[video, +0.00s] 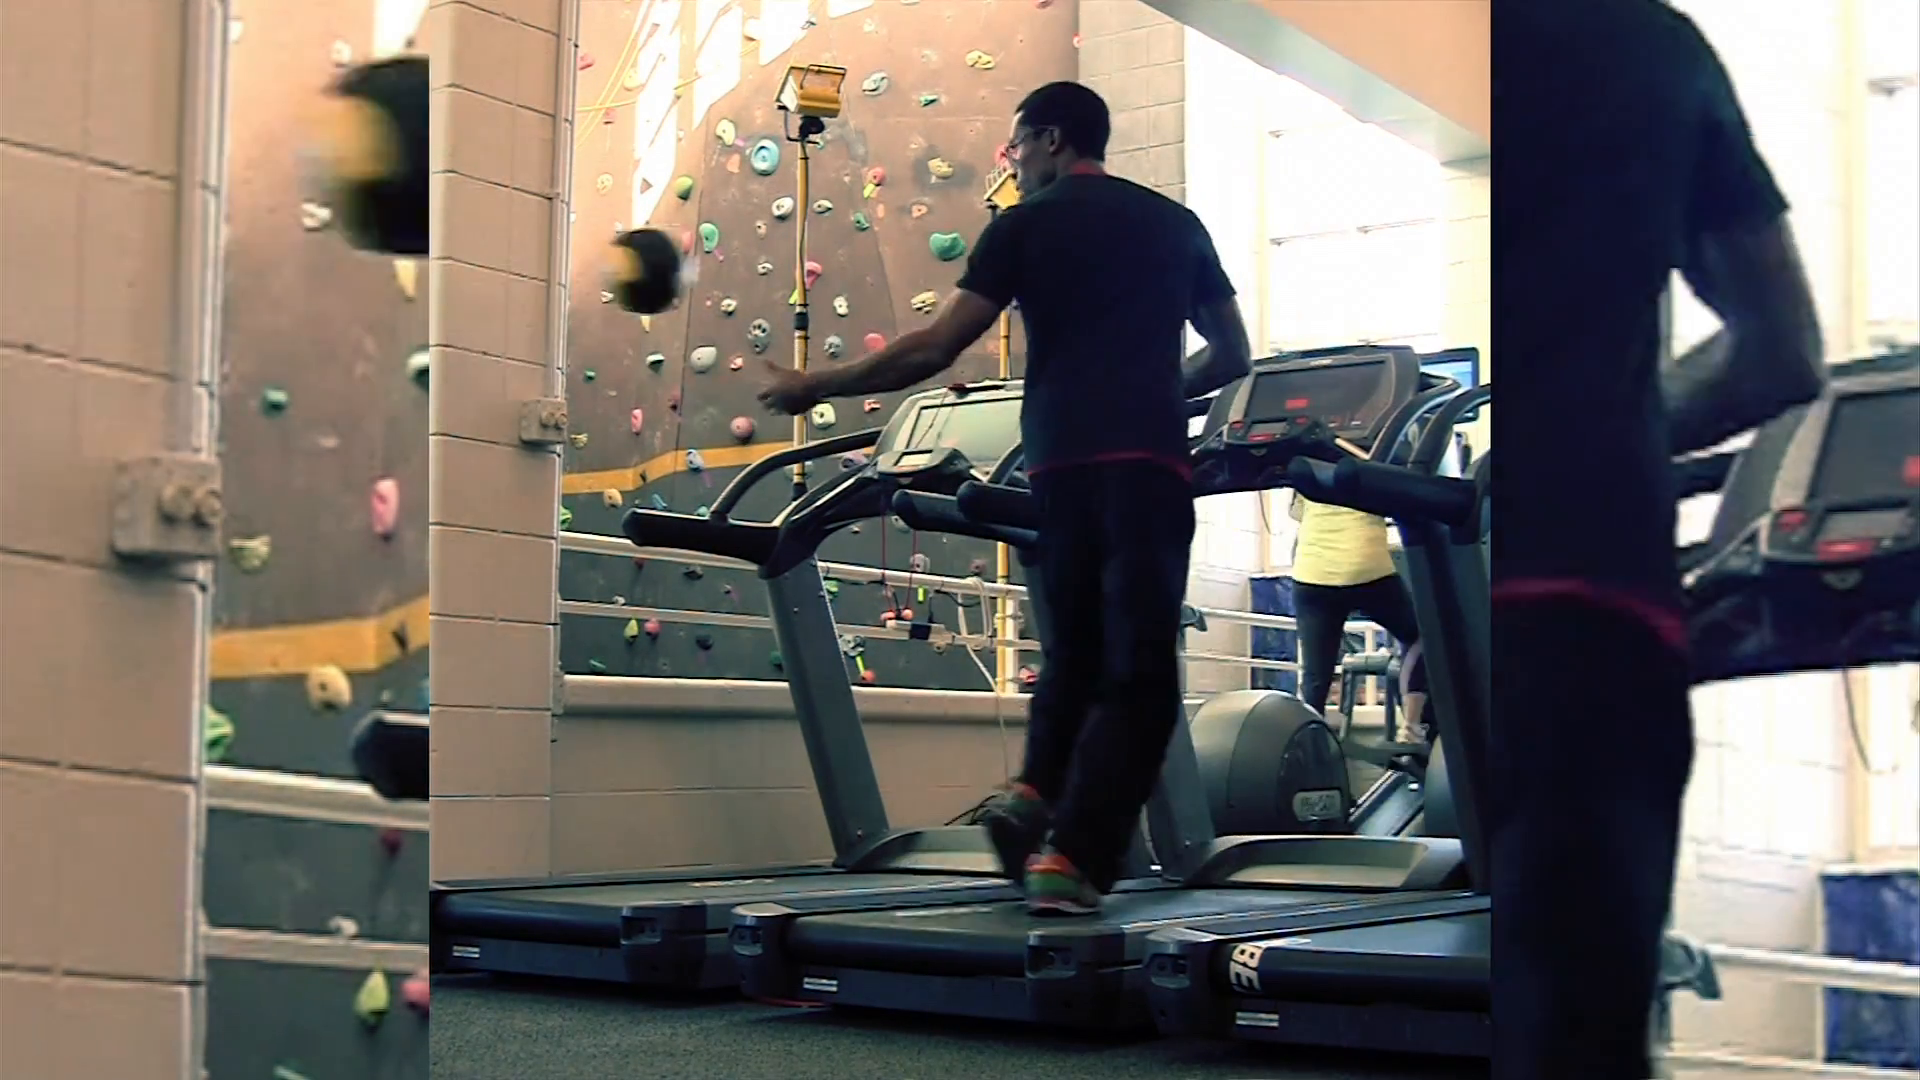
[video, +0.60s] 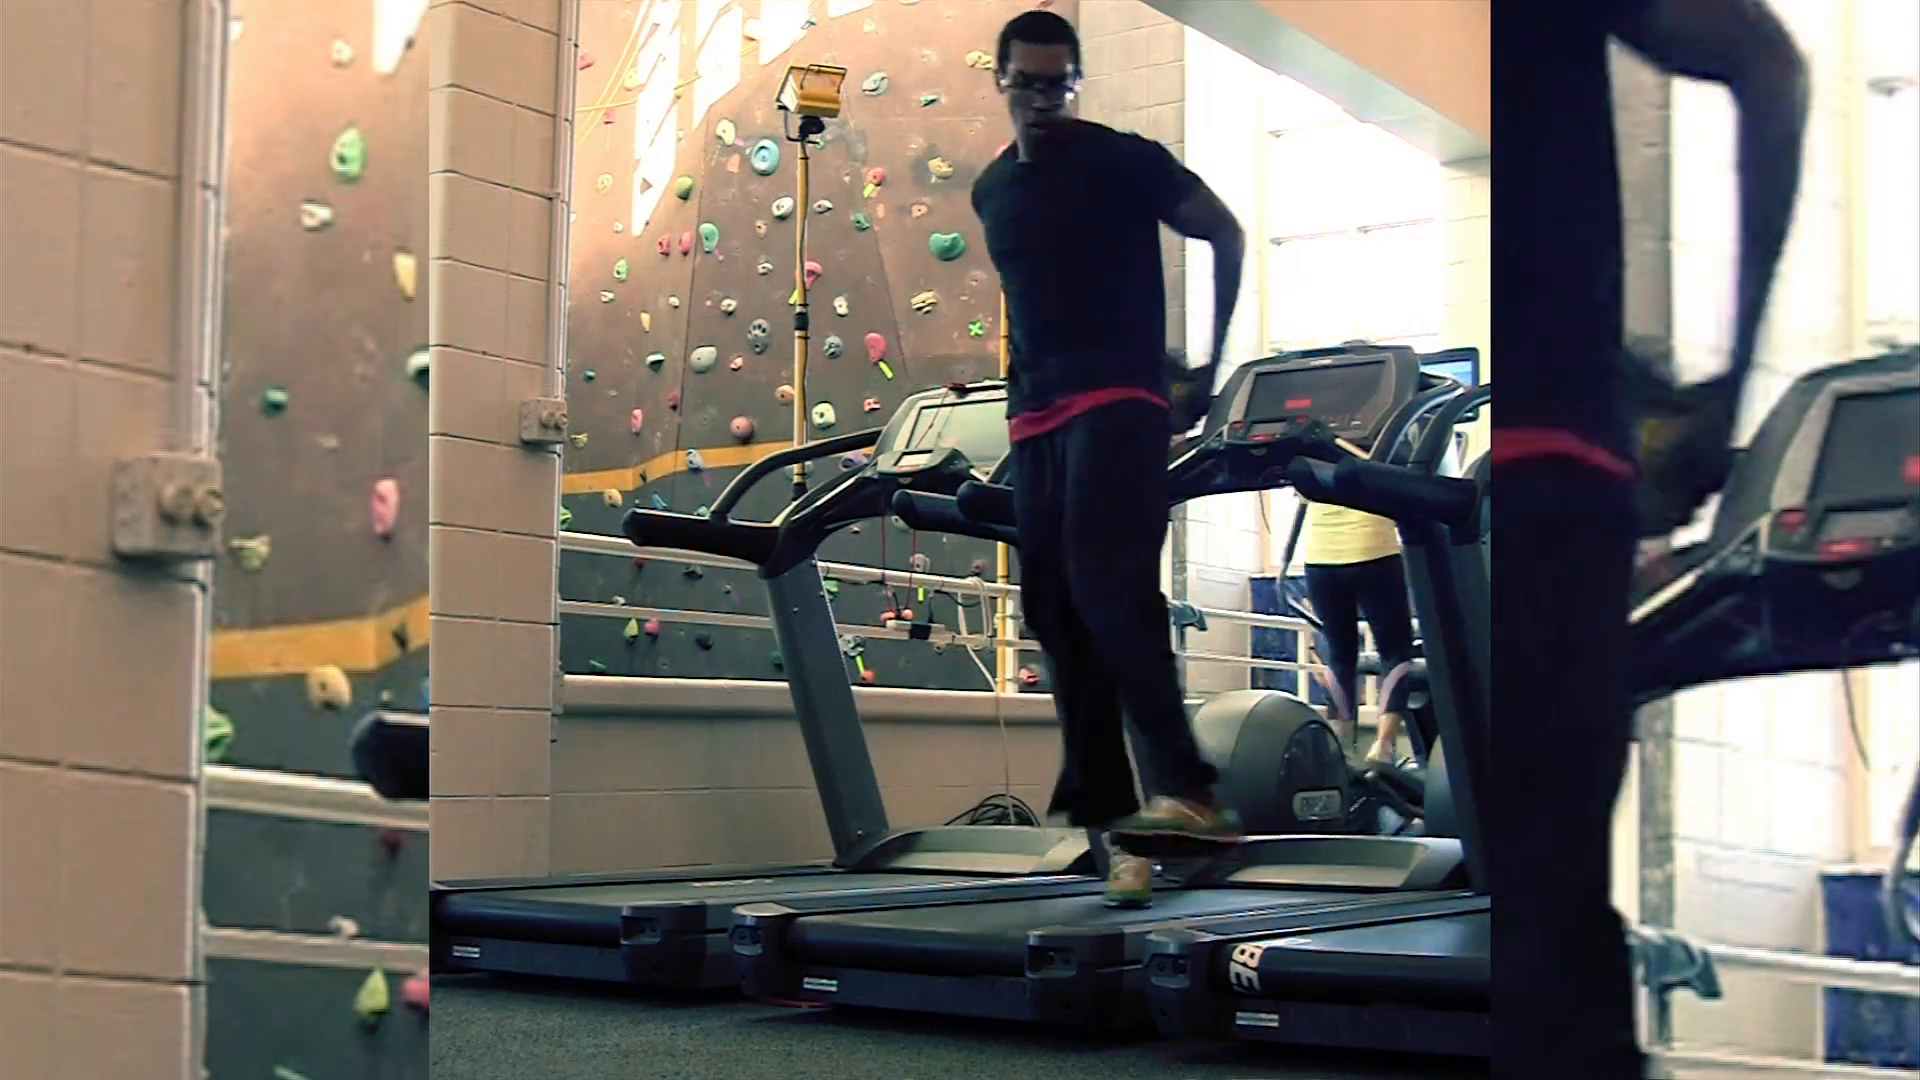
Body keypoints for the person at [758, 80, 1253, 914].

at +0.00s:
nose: (1013, 169)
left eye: (1019, 151)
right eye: (1013, 153)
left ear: (1056, 144)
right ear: (1098, 147)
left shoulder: (1028, 223)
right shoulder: (1177, 222)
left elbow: (940, 343)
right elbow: (1232, 355)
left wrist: (818, 384)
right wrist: (1161, 389)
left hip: (1061, 464)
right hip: (1154, 467)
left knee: (1069, 653)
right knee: (1146, 674)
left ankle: (1033, 791)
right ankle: (1071, 861)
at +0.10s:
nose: (994, 164)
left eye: (1000, 145)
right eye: (993, 148)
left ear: (1043, 136)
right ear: (1079, 139)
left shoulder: (1024, 218)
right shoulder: (1164, 213)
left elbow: (976, 352)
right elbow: (1205, 345)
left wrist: (844, 376)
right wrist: (1127, 374)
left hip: (1070, 460)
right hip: (1161, 454)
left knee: (1081, 654)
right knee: (1107, 655)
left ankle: (1141, 840)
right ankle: (1029, 833)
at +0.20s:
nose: (982, 179)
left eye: (989, 158)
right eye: (979, 162)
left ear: (1034, 148)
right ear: (1060, 152)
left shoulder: (1032, 224)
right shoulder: (1146, 226)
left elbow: (1035, 359)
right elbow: (1207, 348)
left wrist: (905, 387)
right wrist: (1138, 400)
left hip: (1077, 481)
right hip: (1164, 477)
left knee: (1089, 672)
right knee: (1149, 659)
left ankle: (1168, 845)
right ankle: (1098, 787)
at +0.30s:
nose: (978, 176)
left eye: (988, 156)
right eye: (973, 161)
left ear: (1037, 149)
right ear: (1053, 158)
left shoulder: (1054, 212)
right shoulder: (1111, 223)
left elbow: (1106, 313)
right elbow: (1205, 333)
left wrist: (1007, 370)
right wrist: (1153, 414)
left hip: (1066, 481)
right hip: (1133, 479)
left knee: (1050, 675)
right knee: (1126, 667)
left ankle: (1110, 858)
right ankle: (1214, 770)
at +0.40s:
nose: (985, 130)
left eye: (998, 111)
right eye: (976, 116)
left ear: (1043, 102)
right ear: (980, 116)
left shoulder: (1071, 161)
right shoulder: (1056, 184)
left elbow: (1185, 226)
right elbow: (1153, 279)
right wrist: (1173, 393)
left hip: (1080, 435)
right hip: (1104, 435)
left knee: (1020, 613)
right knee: (1095, 639)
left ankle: (1061, 837)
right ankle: (1246, 770)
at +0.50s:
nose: (1005, 101)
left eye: (1019, 83)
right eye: (990, 88)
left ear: (1053, 73)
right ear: (976, 89)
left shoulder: (1102, 141)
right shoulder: (1012, 178)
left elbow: (1236, 192)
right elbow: (1113, 264)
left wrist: (1264, 316)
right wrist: (1168, 347)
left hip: (1107, 389)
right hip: (1051, 401)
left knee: (1070, 577)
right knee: (1089, 602)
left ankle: (1080, 792)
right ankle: (1171, 812)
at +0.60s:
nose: (1047, 98)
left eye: (1060, 83)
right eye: (1030, 83)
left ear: (1078, 82)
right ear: (1000, 84)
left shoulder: (1124, 158)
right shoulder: (991, 190)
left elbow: (1227, 239)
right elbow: (1022, 292)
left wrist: (1211, 369)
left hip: (1120, 396)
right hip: (1037, 413)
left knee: (1111, 582)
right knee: (1052, 607)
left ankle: (1186, 795)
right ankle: (1102, 816)